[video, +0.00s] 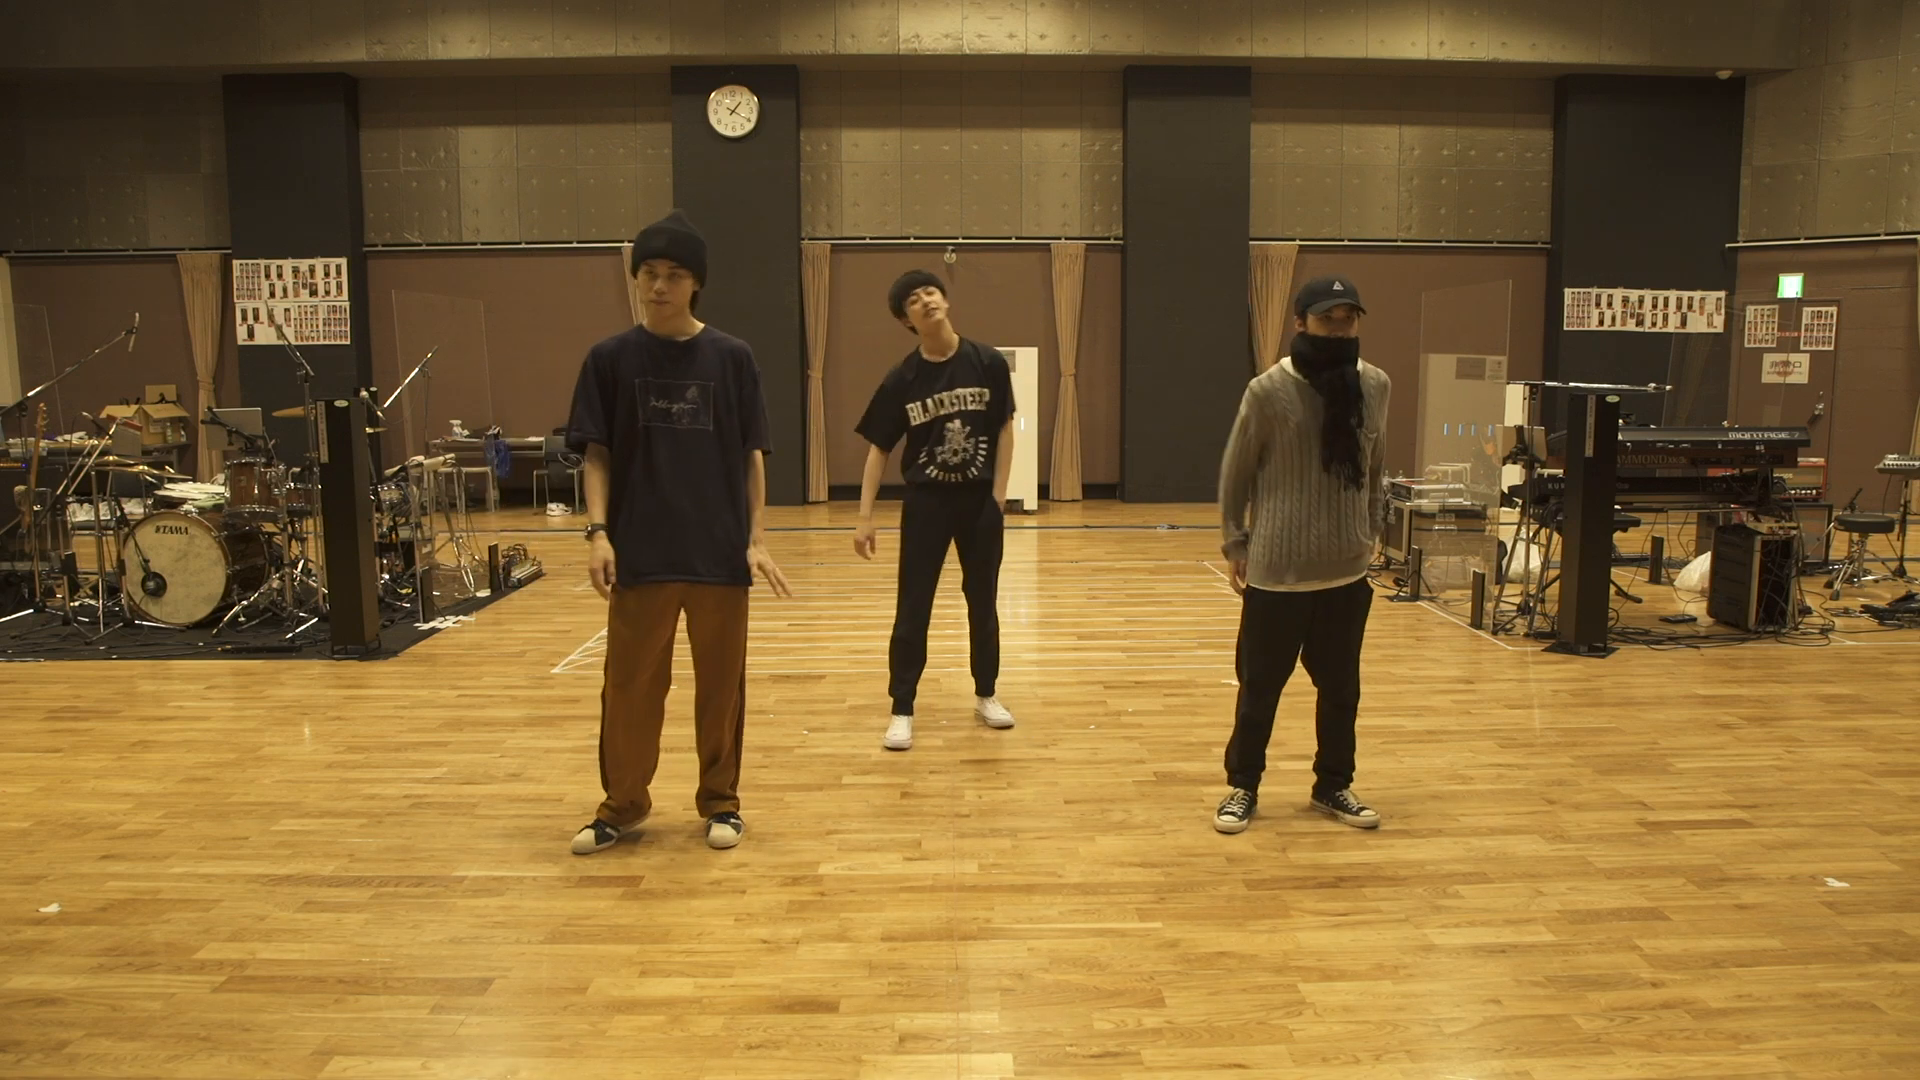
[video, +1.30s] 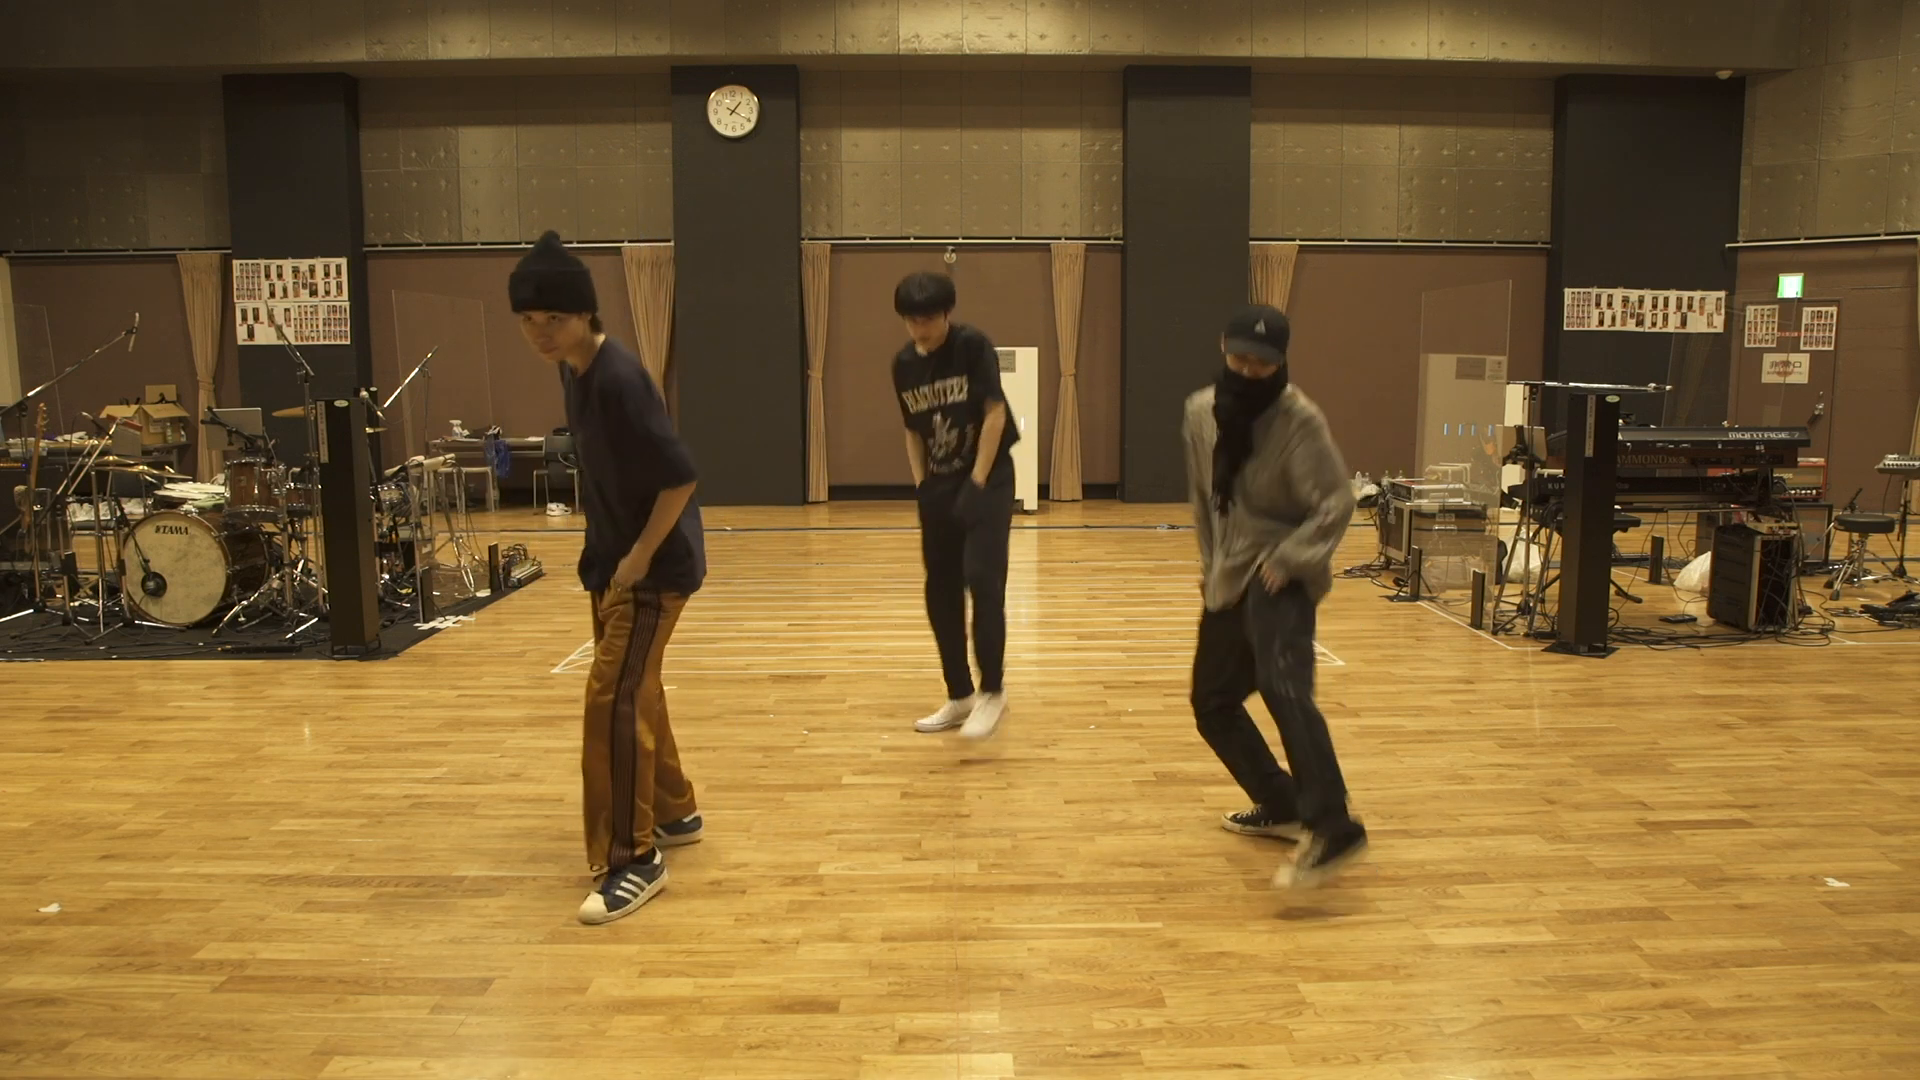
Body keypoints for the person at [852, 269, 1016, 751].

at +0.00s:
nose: (925, 301)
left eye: (930, 293)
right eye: (914, 300)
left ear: (948, 302)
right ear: (906, 321)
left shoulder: (989, 363)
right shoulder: (901, 380)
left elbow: (1005, 428)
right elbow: (878, 449)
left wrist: (998, 495)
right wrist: (865, 518)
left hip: (979, 503)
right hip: (925, 506)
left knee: (983, 603)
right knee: (913, 608)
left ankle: (986, 695)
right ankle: (902, 713)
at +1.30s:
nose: (918, 331)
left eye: (927, 321)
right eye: (911, 322)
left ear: (948, 314)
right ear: (903, 320)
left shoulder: (972, 345)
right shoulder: (904, 365)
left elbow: (995, 414)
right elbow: (914, 429)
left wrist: (977, 481)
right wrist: (920, 484)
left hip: (985, 480)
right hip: (938, 484)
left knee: (984, 582)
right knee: (941, 590)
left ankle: (991, 693)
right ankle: (960, 696)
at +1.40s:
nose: (922, 318)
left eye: (931, 308)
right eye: (913, 309)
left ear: (950, 301)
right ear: (903, 308)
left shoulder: (979, 330)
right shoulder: (899, 357)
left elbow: (1010, 399)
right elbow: (914, 421)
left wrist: (989, 456)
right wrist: (928, 474)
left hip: (993, 457)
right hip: (944, 469)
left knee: (998, 541)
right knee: (947, 575)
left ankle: (1010, 638)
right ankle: (973, 684)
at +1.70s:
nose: (946, 337)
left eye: (954, 328)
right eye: (937, 328)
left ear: (967, 325)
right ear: (923, 328)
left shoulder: (993, 365)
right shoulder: (906, 379)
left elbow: (1009, 429)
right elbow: (900, 446)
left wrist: (1012, 488)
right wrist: (922, 498)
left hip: (997, 502)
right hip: (943, 508)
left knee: (1002, 603)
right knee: (962, 610)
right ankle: (1008, 695)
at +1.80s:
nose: (948, 335)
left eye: (956, 326)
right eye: (939, 327)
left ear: (968, 328)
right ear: (924, 330)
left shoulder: (996, 374)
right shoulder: (907, 383)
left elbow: (1007, 439)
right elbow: (898, 449)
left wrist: (1003, 501)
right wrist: (924, 501)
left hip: (987, 513)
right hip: (937, 513)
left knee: (965, 602)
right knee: (938, 601)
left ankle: (936, 672)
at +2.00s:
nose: (952, 345)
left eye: (960, 336)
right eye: (943, 336)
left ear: (971, 341)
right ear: (928, 342)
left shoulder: (990, 390)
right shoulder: (910, 405)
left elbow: (1000, 455)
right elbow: (895, 476)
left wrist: (1007, 515)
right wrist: (922, 530)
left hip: (991, 530)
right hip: (939, 534)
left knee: (1023, 618)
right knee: (915, 632)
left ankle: (964, 659)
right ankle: (882, 703)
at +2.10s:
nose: (958, 343)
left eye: (966, 334)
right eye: (949, 334)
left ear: (977, 340)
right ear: (933, 339)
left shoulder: (998, 386)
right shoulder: (914, 402)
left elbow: (1011, 449)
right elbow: (905, 471)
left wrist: (1021, 507)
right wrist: (931, 526)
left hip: (1007, 522)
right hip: (954, 532)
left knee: (1060, 601)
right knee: (929, 624)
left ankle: (1027, 672)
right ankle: (885, 701)